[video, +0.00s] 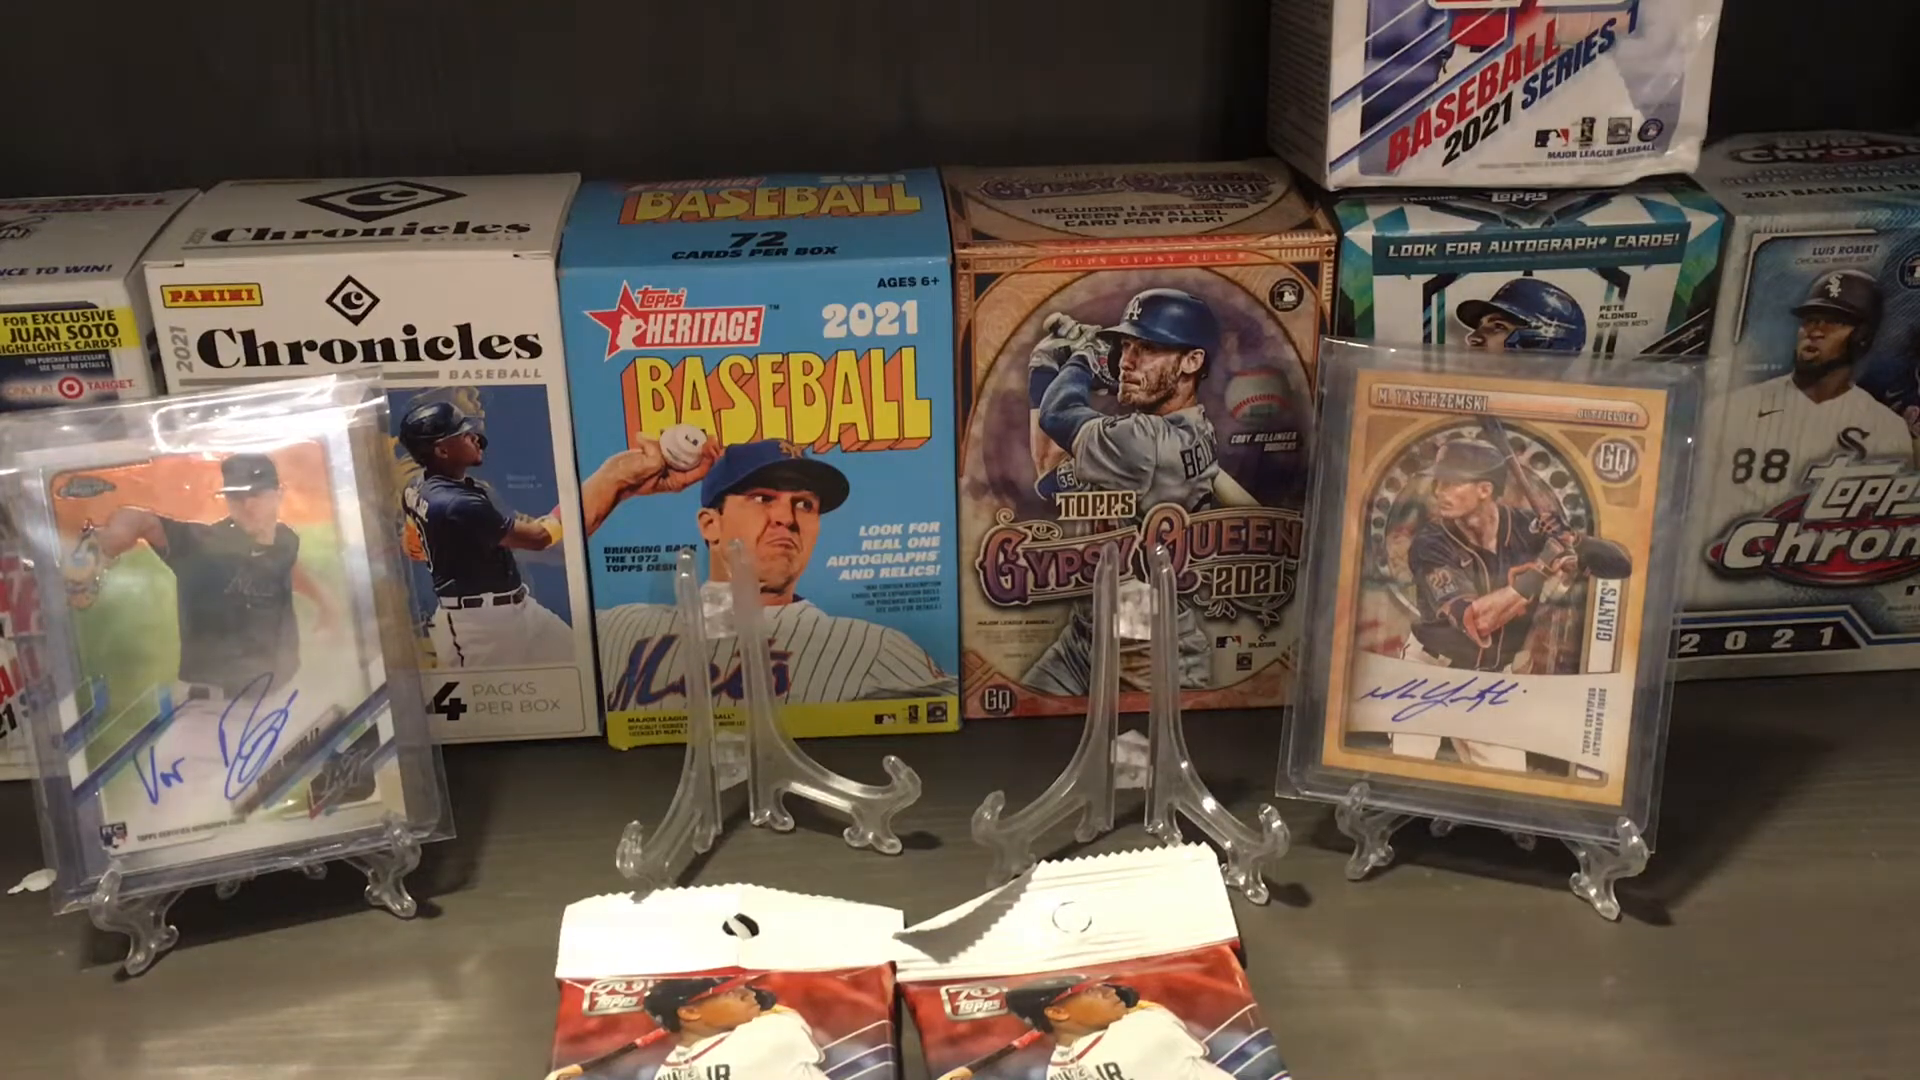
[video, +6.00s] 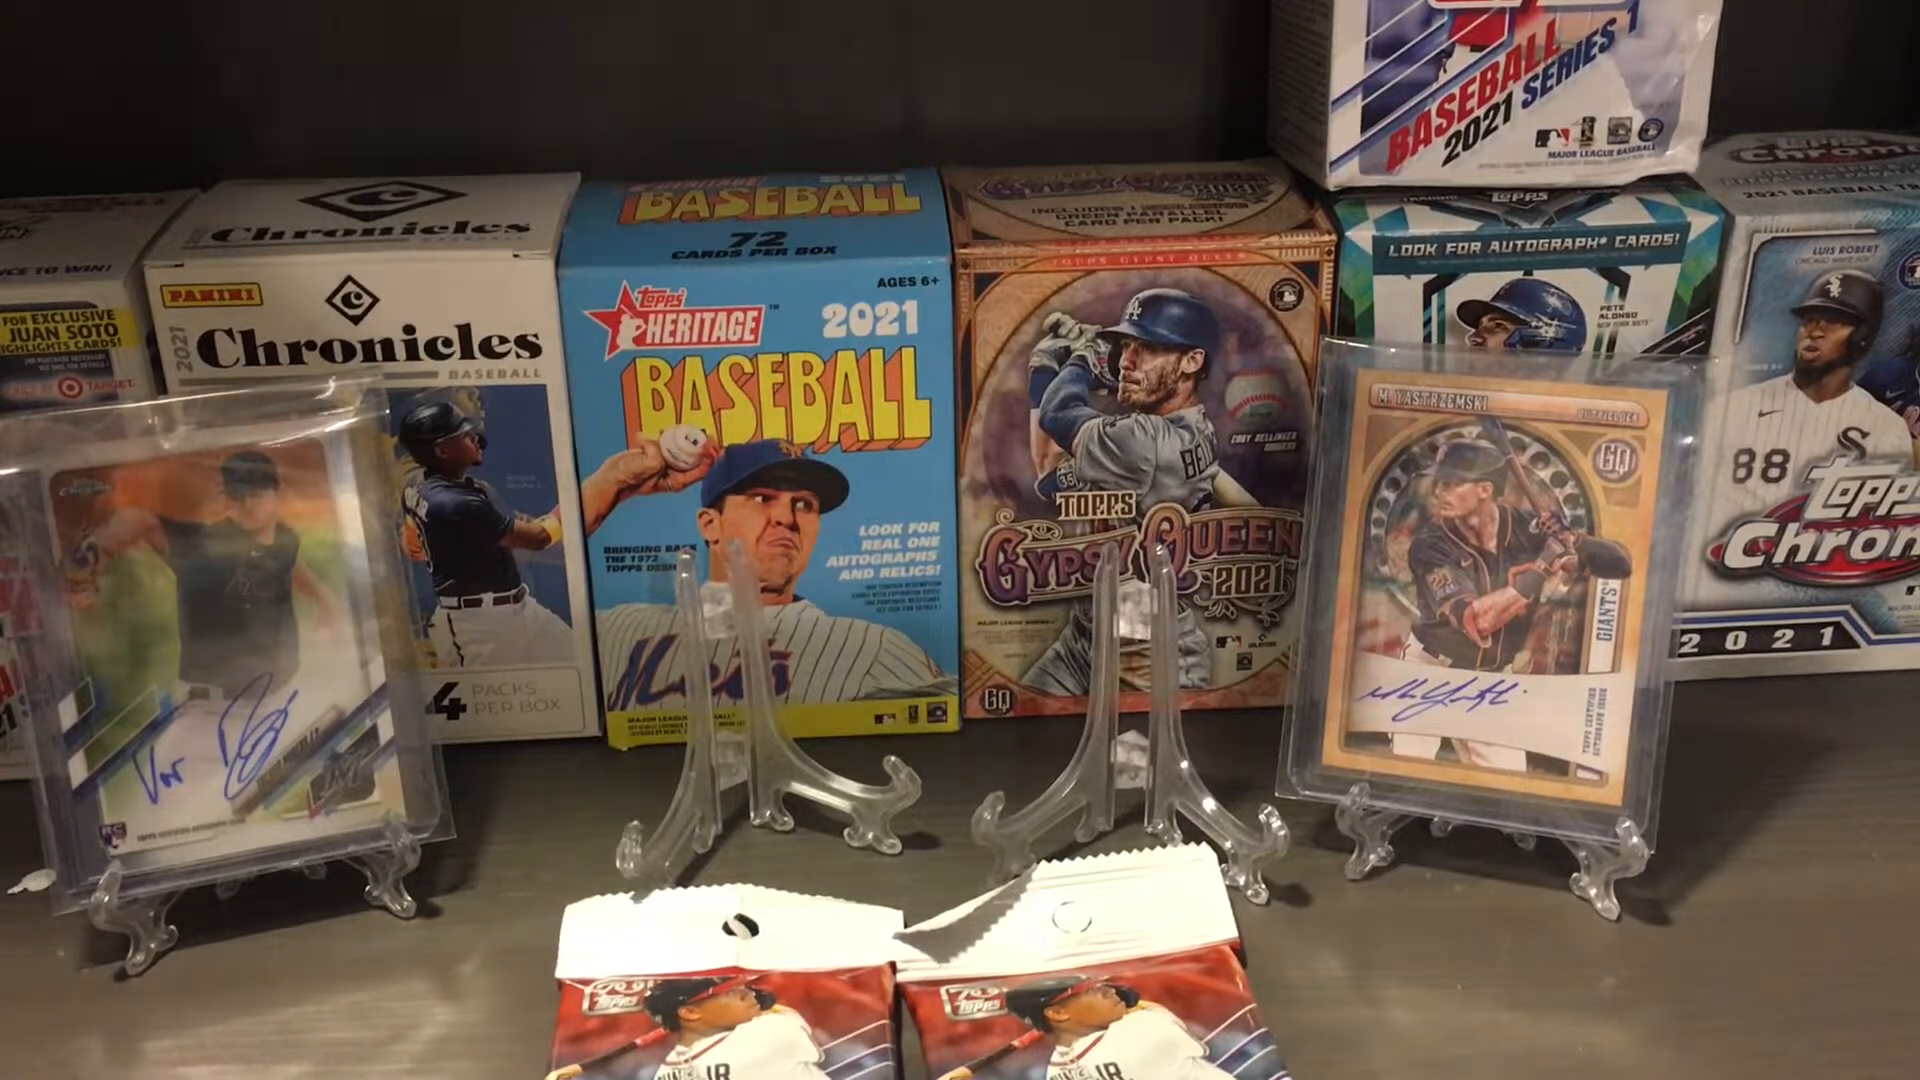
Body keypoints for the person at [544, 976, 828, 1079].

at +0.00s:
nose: (744, 993)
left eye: (734, 987)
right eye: (726, 993)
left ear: (690, 1015)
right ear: (691, 1014)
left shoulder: (666, 1072)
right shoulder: (777, 1034)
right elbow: (779, 1007)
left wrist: (575, 1073)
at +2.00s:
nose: (743, 992)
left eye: (733, 986)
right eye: (726, 992)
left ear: (690, 1015)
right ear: (691, 1014)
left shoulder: (666, 1071)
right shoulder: (778, 1034)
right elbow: (780, 1008)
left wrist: (576, 1072)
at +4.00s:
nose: (746, 993)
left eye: (737, 986)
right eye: (728, 993)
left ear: (689, 1015)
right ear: (691, 1015)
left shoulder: (664, 1072)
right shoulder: (779, 1033)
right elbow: (777, 1007)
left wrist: (578, 1072)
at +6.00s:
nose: (745, 993)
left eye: (737, 987)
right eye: (728, 993)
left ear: (690, 1015)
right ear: (692, 1014)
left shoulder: (666, 1071)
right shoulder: (779, 1033)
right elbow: (778, 1007)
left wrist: (579, 1071)